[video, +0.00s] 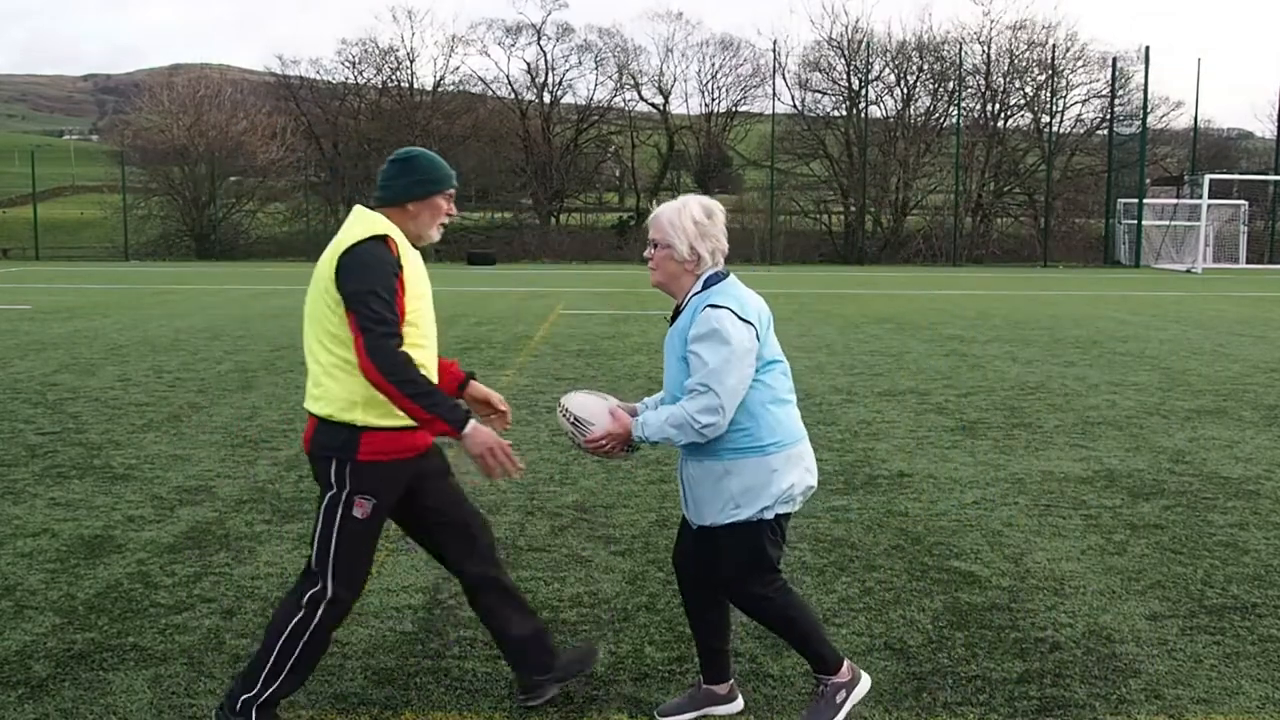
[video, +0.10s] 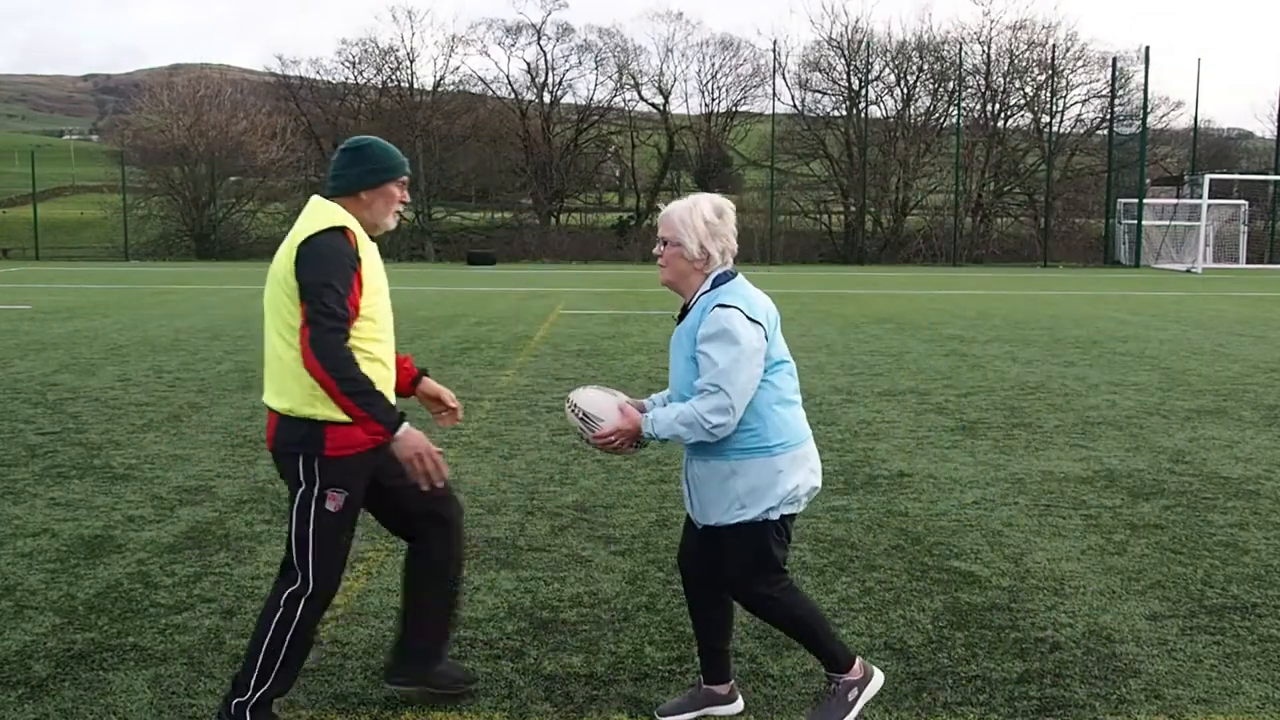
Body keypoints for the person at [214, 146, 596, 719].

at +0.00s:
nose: (450, 213)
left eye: (451, 202)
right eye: (444, 201)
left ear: (409, 200)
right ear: (410, 199)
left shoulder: (395, 247)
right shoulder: (368, 251)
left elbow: (406, 348)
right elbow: (383, 359)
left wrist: (465, 387)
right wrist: (462, 426)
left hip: (402, 441)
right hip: (358, 446)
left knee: (474, 551)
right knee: (329, 588)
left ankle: (538, 666)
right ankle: (246, 707)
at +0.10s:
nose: (405, 202)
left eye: (405, 190)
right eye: (399, 190)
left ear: (362, 189)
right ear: (365, 189)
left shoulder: (347, 238)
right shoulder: (328, 242)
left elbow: (359, 342)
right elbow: (325, 348)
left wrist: (418, 383)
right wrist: (393, 426)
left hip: (359, 429)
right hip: (321, 435)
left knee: (437, 518)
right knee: (308, 582)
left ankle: (419, 662)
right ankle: (247, 707)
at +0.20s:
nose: (369, 191)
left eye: (370, 180)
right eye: (363, 179)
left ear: (331, 180)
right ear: (328, 178)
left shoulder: (321, 230)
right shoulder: (290, 231)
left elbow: (329, 332)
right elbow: (276, 341)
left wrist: (380, 383)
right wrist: (333, 426)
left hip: (330, 420)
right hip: (287, 425)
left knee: (382, 523)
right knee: (291, 574)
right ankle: (245, 706)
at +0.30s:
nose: (348, 182)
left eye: (348, 171)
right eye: (339, 171)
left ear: (312, 175)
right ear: (304, 174)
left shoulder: (304, 231)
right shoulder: (262, 227)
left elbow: (304, 326)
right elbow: (234, 329)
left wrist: (349, 381)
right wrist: (280, 423)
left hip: (307, 417)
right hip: (260, 422)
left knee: (311, 544)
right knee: (273, 568)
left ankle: (221, 627)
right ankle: (244, 703)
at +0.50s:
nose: (313, 183)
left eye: (315, 173)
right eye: (304, 172)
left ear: (282, 178)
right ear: (267, 174)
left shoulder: (270, 232)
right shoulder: (226, 225)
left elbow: (264, 329)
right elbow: (191, 324)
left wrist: (306, 392)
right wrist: (221, 423)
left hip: (253, 411)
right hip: (213, 413)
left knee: (245, 539)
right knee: (239, 547)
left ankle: (209, 645)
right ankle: (226, 692)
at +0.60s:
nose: (290, 173)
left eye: (292, 163)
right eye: (281, 161)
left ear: (266, 169)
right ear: (243, 163)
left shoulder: (254, 225)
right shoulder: (206, 215)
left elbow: (248, 320)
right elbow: (175, 315)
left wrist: (290, 381)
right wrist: (210, 413)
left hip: (238, 405)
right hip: (196, 408)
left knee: (231, 534)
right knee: (216, 542)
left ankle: (207, 644)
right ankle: (169, 678)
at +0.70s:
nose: (271, 170)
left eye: (272, 161)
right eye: (260, 160)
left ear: (245, 170)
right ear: (224, 164)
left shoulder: (233, 223)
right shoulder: (190, 218)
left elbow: (231, 318)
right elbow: (164, 321)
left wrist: (277, 373)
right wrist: (208, 412)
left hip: (227, 406)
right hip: (182, 410)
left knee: (223, 539)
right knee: (187, 548)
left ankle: (202, 646)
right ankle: (133, 673)